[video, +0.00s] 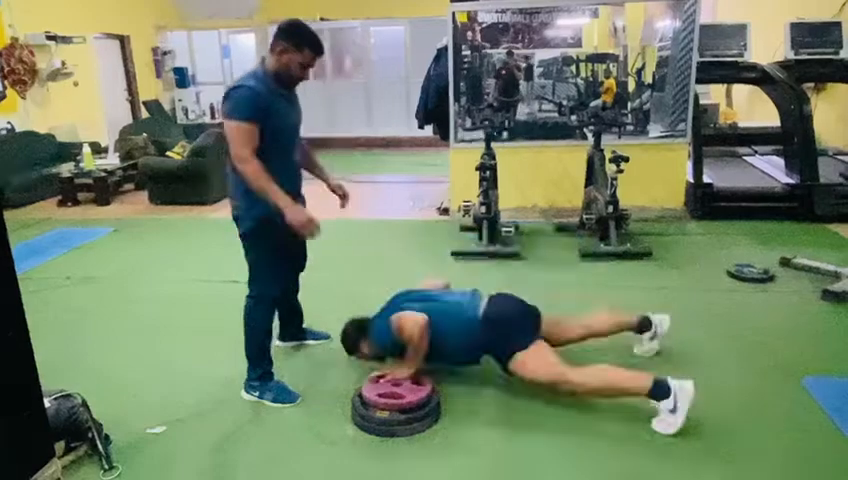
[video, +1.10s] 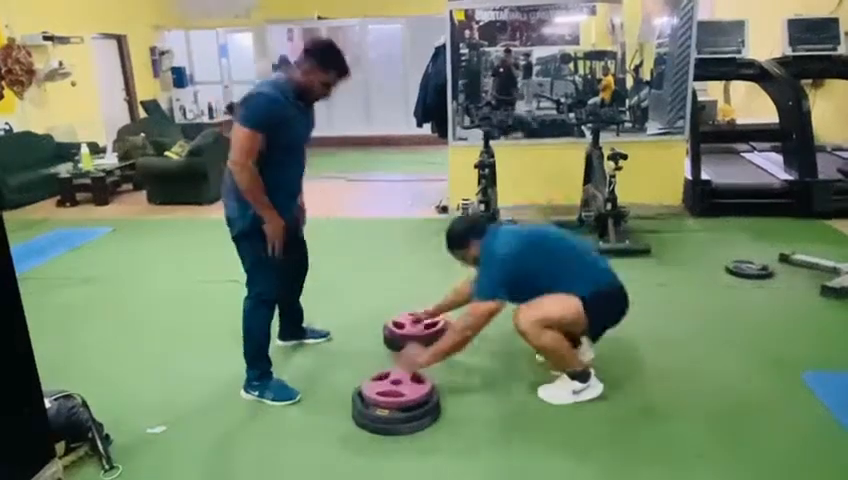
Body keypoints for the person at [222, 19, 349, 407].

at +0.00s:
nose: (308, 74)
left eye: (311, 66)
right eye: (304, 65)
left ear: (290, 57)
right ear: (279, 52)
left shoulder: (284, 92)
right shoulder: (246, 95)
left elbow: (292, 145)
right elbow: (243, 161)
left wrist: (326, 178)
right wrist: (288, 205)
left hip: (287, 204)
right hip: (257, 210)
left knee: (290, 272)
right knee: (264, 289)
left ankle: (291, 331)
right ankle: (258, 378)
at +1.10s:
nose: (328, 92)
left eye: (332, 85)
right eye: (326, 83)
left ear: (316, 74)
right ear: (307, 69)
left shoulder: (301, 103)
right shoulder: (263, 101)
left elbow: (289, 158)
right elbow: (239, 164)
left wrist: (296, 199)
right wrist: (269, 216)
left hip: (284, 207)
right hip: (252, 211)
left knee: (295, 267)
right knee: (263, 289)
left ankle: (291, 328)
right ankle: (257, 378)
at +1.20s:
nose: (345, 116)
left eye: (349, 111)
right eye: (344, 109)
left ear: (331, 97)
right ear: (325, 94)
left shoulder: (316, 122)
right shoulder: (280, 118)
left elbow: (301, 167)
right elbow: (258, 184)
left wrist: (308, 206)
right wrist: (283, 235)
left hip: (276, 207)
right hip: (242, 211)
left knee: (301, 261)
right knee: (272, 285)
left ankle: (291, 328)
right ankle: (257, 379)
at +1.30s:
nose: (360, 157)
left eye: (364, 151)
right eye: (360, 149)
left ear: (344, 135)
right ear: (343, 134)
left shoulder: (325, 154)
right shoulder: (299, 157)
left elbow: (323, 199)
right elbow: (283, 226)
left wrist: (337, 243)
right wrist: (316, 282)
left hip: (272, 222)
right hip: (241, 230)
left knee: (314, 266)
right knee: (288, 296)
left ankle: (294, 330)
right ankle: (258, 382)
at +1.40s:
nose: (371, 199)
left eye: (375, 193)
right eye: (371, 191)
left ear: (355, 176)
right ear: (357, 180)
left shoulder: (336, 196)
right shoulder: (313, 201)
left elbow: (351, 239)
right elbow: (312, 273)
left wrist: (373, 278)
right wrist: (346, 323)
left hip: (273, 251)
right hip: (246, 261)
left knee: (328, 275)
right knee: (299, 311)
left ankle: (298, 331)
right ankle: (258, 384)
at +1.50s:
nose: (382, 239)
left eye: (387, 234)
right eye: (383, 231)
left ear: (370, 214)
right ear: (370, 218)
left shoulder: (352, 223)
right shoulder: (327, 236)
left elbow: (371, 267)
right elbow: (335, 314)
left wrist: (401, 307)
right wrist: (374, 354)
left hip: (283, 273)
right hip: (256, 287)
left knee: (340, 283)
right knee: (310, 325)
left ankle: (311, 335)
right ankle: (260, 384)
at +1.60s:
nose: (402, 270)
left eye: (406, 265)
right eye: (404, 264)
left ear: (393, 243)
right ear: (393, 249)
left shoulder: (373, 243)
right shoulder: (348, 255)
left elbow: (379, 283)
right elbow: (341, 328)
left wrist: (403, 317)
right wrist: (379, 376)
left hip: (290, 279)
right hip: (267, 288)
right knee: (320, 331)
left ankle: (291, 335)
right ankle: (262, 382)